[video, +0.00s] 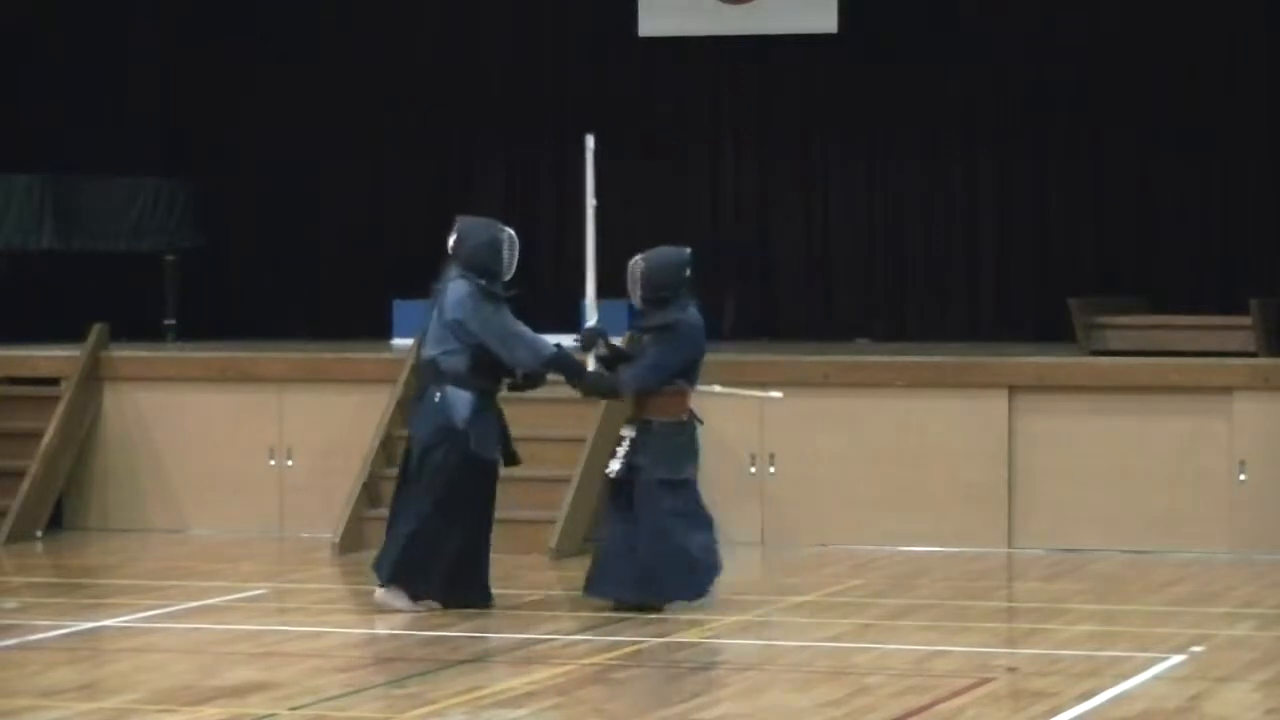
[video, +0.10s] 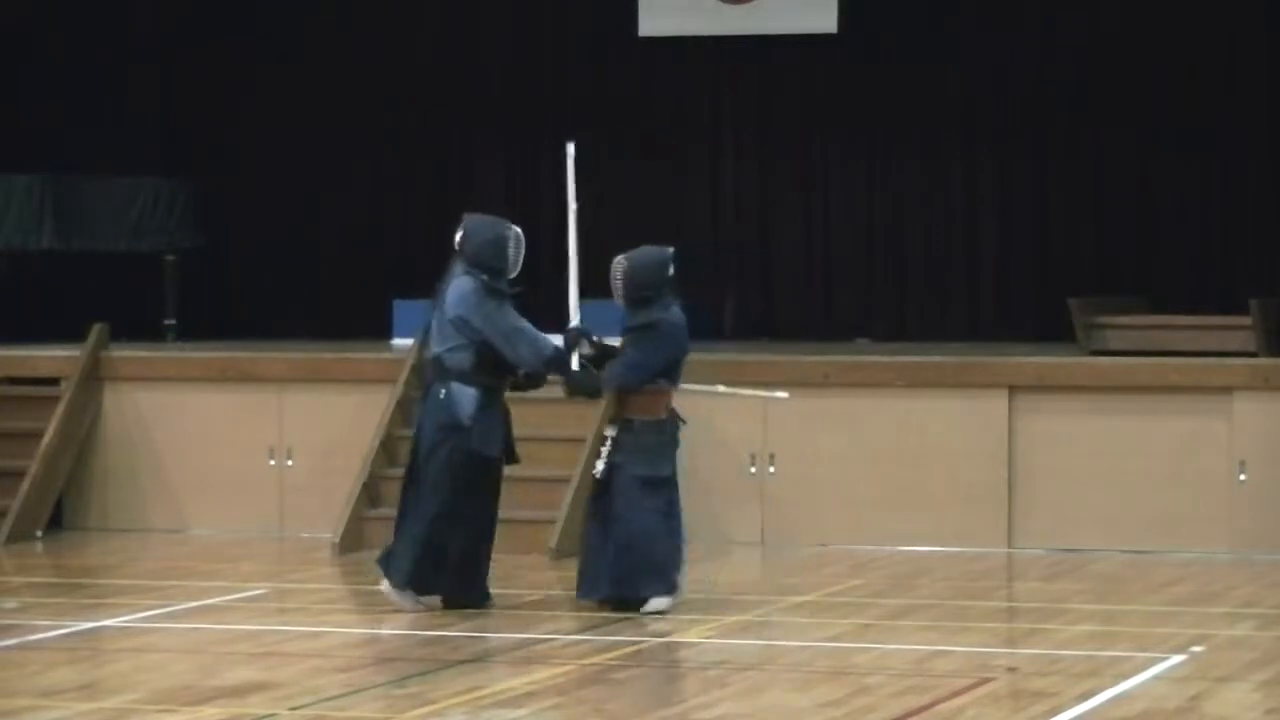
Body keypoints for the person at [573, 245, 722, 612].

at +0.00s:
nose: (636, 290)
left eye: (642, 283)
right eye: (637, 283)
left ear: (658, 285)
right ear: (671, 283)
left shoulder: (683, 328)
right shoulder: (653, 322)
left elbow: (647, 373)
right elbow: (630, 360)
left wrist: (613, 380)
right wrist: (604, 349)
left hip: (668, 432)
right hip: (644, 428)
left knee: (661, 505)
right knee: (631, 502)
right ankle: (636, 587)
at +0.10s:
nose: (620, 290)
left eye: (625, 282)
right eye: (621, 282)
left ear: (640, 285)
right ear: (656, 283)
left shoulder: (666, 327)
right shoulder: (645, 321)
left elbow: (629, 371)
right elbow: (629, 359)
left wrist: (598, 376)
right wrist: (597, 352)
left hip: (650, 429)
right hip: (627, 425)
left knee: (644, 505)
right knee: (617, 503)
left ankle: (659, 587)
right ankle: (620, 586)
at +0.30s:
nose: (592, 286)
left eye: (595, 280)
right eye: (593, 280)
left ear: (603, 284)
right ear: (633, 282)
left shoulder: (623, 327)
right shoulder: (640, 321)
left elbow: (580, 375)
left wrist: (565, 377)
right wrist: (581, 342)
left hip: (613, 427)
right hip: (627, 423)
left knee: (605, 504)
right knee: (622, 504)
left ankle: (603, 587)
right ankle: (633, 583)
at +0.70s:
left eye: (576, 278)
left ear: (579, 282)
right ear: (615, 283)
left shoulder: (568, 325)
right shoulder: (638, 327)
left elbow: (545, 361)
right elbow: (647, 371)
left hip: (575, 422)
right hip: (620, 423)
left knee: (573, 508)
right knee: (622, 508)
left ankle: (589, 600)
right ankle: (632, 586)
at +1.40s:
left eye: (620, 277)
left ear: (614, 280)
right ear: (647, 281)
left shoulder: (597, 319)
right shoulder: (668, 317)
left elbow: (575, 357)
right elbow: (682, 363)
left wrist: (549, 313)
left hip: (609, 419)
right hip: (658, 420)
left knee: (612, 508)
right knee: (663, 510)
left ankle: (628, 588)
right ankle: (660, 606)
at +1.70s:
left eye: (624, 283)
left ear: (623, 287)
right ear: (658, 288)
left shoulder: (601, 332)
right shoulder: (675, 330)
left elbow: (580, 374)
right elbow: (689, 375)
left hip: (622, 432)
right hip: (668, 432)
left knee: (625, 520)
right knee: (664, 521)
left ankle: (658, 604)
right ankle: (646, 612)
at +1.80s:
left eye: (623, 284)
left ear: (623, 289)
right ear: (659, 290)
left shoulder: (601, 334)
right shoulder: (680, 335)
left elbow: (581, 387)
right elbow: (689, 384)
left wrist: (589, 420)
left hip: (623, 436)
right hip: (669, 435)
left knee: (632, 525)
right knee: (664, 527)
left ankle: (663, 612)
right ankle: (638, 617)